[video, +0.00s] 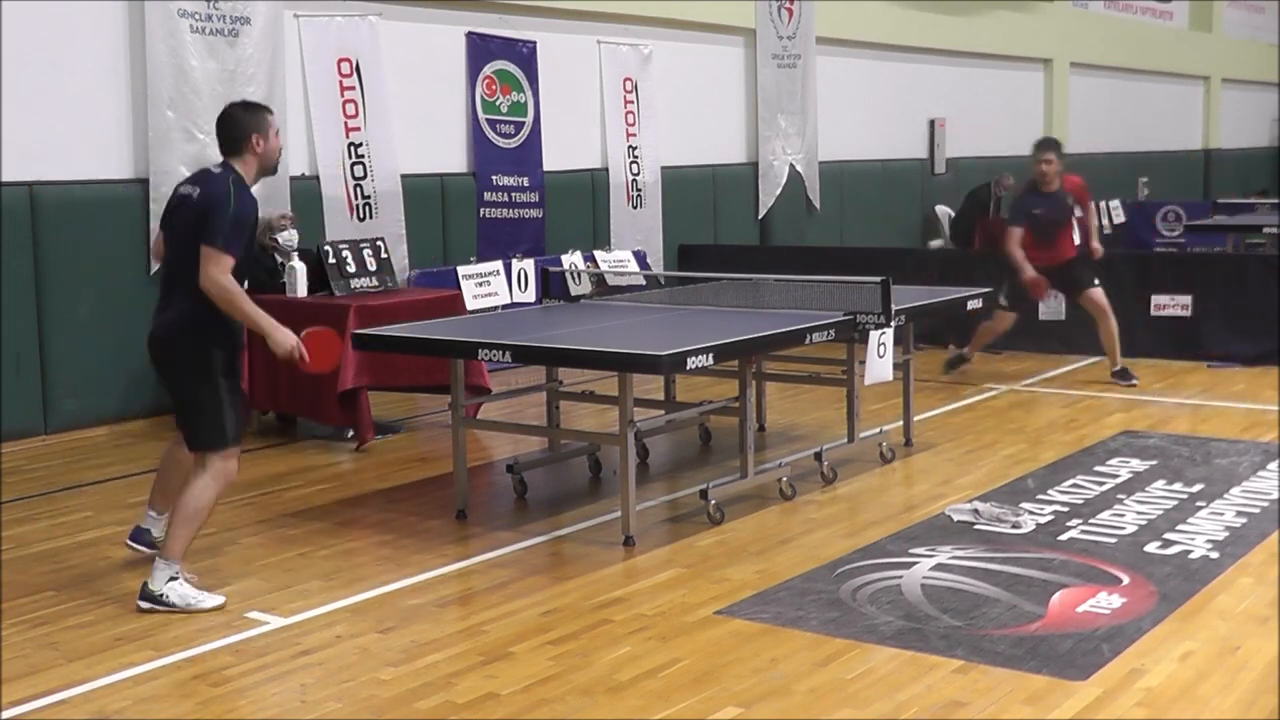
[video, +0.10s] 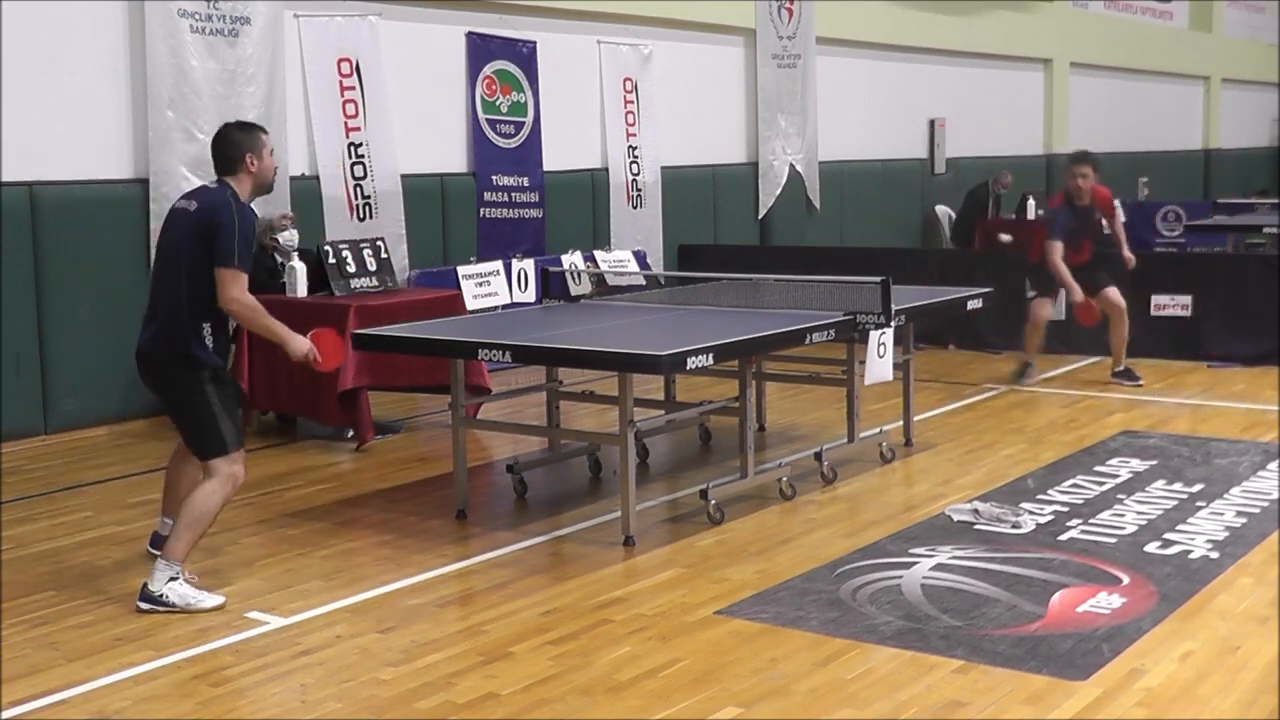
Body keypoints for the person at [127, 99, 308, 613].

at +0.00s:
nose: (280, 143)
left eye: (277, 135)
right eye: (275, 135)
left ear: (235, 143)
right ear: (257, 143)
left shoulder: (195, 185)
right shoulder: (234, 196)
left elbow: (161, 250)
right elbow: (213, 277)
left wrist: (248, 239)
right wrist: (271, 328)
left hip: (175, 338)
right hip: (202, 344)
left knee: (193, 439)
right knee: (221, 463)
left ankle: (152, 526)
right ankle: (165, 578)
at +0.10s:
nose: (275, 164)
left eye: (272, 154)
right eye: (271, 155)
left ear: (230, 163)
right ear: (251, 162)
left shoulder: (190, 202)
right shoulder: (234, 212)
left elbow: (170, 272)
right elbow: (232, 297)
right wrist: (289, 338)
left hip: (162, 350)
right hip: (188, 356)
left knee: (198, 442)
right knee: (228, 472)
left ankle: (167, 530)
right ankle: (164, 580)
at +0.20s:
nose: (271, 166)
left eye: (269, 157)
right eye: (267, 158)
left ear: (224, 166)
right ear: (247, 165)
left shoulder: (188, 204)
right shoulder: (232, 213)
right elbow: (239, 296)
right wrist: (295, 330)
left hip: (159, 348)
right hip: (186, 352)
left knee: (195, 441)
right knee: (222, 468)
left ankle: (167, 532)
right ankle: (164, 579)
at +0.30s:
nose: (268, 155)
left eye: (265, 146)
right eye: (262, 147)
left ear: (221, 154)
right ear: (241, 154)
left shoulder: (186, 193)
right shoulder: (229, 206)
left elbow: (204, 266)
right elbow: (232, 283)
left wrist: (261, 237)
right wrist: (295, 317)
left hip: (160, 334)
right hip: (187, 339)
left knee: (187, 437)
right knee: (212, 450)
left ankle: (165, 529)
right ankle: (172, 565)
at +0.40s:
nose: (270, 140)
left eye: (267, 131)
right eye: (264, 132)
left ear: (226, 139)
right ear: (242, 139)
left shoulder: (192, 177)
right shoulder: (228, 190)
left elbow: (203, 253)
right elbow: (227, 267)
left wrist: (259, 234)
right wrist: (289, 303)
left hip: (164, 324)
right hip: (192, 329)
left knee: (184, 427)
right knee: (226, 432)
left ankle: (163, 531)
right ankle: (179, 540)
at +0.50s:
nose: (278, 123)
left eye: (275, 113)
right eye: (273, 114)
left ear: (238, 121)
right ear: (249, 120)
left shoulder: (205, 158)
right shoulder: (228, 169)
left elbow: (198, 242)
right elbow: (230, 249)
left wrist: (232, 279)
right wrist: (287, 293)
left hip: (178, 305)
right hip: (196, 310)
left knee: (199, 405)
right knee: (241, 411)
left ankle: (166, 499)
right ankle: (236, 527)